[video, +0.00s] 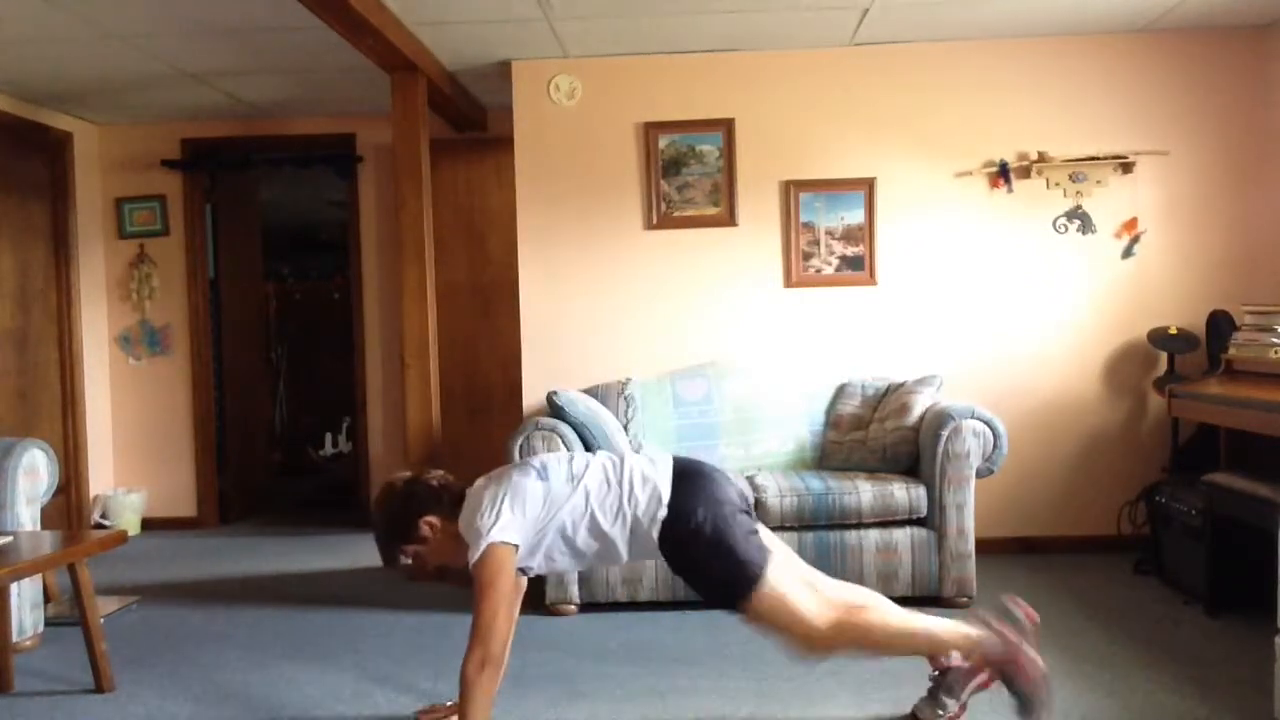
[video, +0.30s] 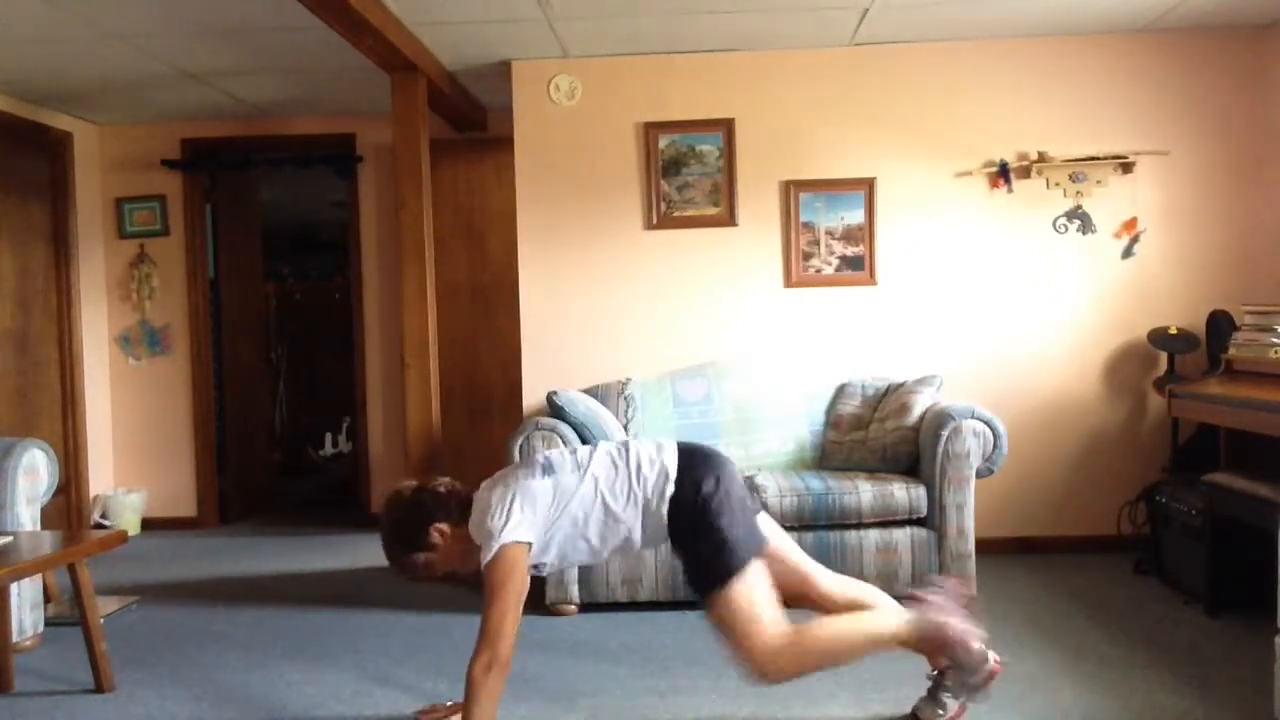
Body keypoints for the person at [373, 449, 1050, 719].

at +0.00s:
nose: (429, 571)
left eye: (417, 560)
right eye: (419, 562)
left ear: (428, 533)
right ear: (439, 510)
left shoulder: (494, 517)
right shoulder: (503, 489)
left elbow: (491, 644)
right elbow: (498, 629)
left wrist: (465, 706)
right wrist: (473, 695)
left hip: (685, 512)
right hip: (690, 485)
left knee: (816, 632)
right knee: (828, 601)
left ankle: (986, 640)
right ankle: (963, 642)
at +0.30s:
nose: (441, 579)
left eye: (429, 572)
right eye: (431, 574)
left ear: (441, 538)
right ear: (447, 515)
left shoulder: (505, 517)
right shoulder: (504, 490)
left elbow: (495, 644)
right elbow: (499, 629)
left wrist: (474, 712)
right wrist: (469, 701)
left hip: (691, 496)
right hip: (702, 472)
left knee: (772, 656)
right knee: (815, 586)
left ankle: (922, 618)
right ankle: (951, 651)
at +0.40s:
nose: (452, 580)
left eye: (439, 573)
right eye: (441, 576)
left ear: (445, 543)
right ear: (453, 529)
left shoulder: (512, 515)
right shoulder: (509, 497)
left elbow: (494, 650)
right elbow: (500, 635)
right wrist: (467, 702)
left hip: (686, 474)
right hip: (703, 468)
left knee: (664, 641)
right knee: (814, 581)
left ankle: (815, 618)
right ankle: (950, 653)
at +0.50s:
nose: (457, 580)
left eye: (442, 573)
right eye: (445, 576)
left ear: (448, 545)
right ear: (457, 533)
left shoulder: (512, 513)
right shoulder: (513, 493)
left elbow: (494, 652)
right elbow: (501, 637)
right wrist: (468, 703)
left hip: (679, 463)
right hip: (701, 464)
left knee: (600, 599)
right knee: (809, 580)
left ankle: (750, 647)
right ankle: (945, 651)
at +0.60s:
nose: (449, 584)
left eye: (435, 577)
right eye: (437, 580)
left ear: (440, 547)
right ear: (448, 531)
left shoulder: (496, 515)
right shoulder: (503, 496)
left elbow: (487, 648)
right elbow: (505, 620)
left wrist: (468, 719)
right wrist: (468, 701)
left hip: (670, 454)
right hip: (692, 458)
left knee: (559, 572)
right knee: (798, 579)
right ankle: (936, 648)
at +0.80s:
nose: (427, 577)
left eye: (412, 570)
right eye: (415, 574)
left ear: (417, 542)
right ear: (428, 527)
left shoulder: (473, 511)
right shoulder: (492, 504)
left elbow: (476, 648)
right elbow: (492, 639)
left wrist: (464, 717)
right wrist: (463, 707)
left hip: (646, 444)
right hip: (679, 444)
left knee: (548, 587)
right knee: (763, 578)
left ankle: (625, 715)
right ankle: (897, 640)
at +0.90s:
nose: (421, 573)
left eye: (405, 563)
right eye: (409, 569)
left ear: (414, 535)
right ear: (424, 529)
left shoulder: (463, 505)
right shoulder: (499, 515)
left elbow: (464, 641)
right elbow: (491, 638)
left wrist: (453, 713)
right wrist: (467, 710)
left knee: (552, 591)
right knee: (689, 576)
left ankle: (625, 713)